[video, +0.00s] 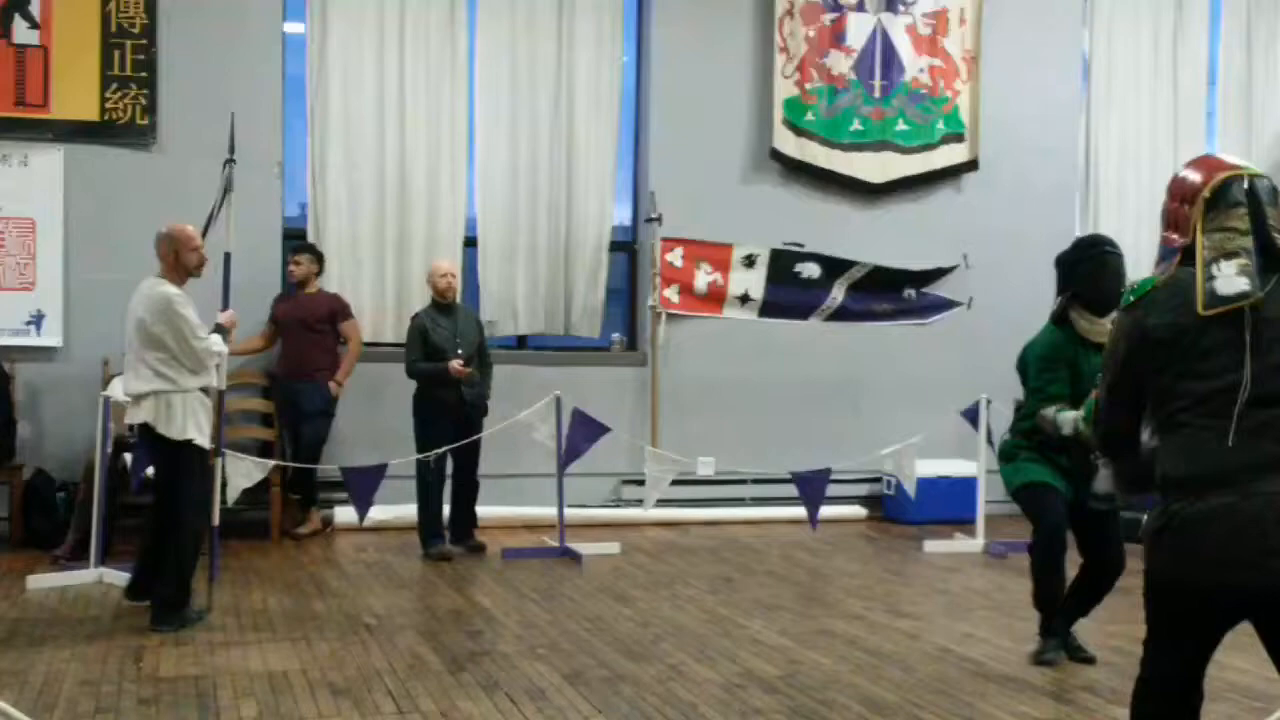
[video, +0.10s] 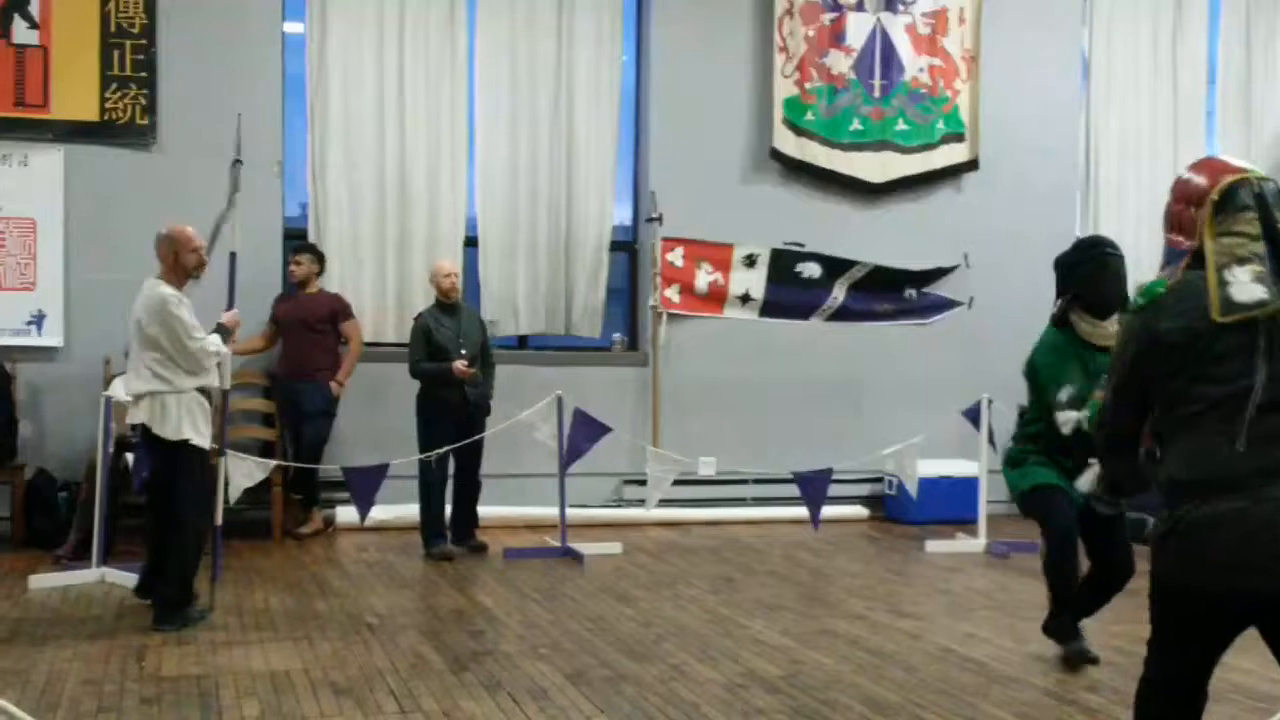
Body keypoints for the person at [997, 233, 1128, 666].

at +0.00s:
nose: (1114, 288)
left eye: (1117, 278)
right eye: (1105, 279)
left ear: (1120, 284)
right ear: (1079, 284)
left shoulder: (1117, 337)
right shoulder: (1049, 346)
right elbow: (1045, 412)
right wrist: (1081, 422)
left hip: (1086, 463)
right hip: (1034, 454)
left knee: (1107, 560)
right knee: (1051, 521)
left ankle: (1061, 626)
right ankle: (1051, 632)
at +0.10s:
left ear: (1121, 298)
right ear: (1075, 299)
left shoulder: (1123, 337)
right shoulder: (1052, 354)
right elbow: (1070, 436)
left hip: (1088, 467)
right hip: (1037, 461)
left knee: (1117, 565)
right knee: (1062, 524)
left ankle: (1062, 618)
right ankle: (1068, 630)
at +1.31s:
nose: (890, 279)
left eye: (899, 268)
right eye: (882, 268)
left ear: (911, 270)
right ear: (863, 268)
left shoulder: (929, 334)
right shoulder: (843, 337)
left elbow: (954, 391)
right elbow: (827, 407)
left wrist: (927, 417)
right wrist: (874, 420)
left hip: (920, 497)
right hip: (859, 496)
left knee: (937, 605)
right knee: (874, 618)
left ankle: (861, 669)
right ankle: (874, 705)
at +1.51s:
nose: (828, 267)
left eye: (832, 256)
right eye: (822, 256)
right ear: (833, 263)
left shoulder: (873, 325)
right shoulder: (783, 329)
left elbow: (881, 384)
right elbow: (779, 385)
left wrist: (850, 421)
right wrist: (808, 425)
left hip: (845, 484)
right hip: (778, 477)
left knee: (863, 590)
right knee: (736, 577)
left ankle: (836, 693)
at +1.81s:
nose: (708, 270)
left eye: (715, 260)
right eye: (698, 261)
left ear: (727, 259)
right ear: (679, 261)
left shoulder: (739, 318)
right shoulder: (655, 329)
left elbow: (757, 386)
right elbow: (665, 406)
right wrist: (709, 448)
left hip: (711, 457)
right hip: (656, 456)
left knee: (729, 554)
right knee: (651, 565)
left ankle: (675, 599)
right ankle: (654, 661)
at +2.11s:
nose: (668, 303)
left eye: (675, 291)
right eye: (660, 293)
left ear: (687, 292)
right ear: (641, 290)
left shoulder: (694, 340)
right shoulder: (616, 350)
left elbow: (703, 401)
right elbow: (620, 420)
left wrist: (693, 441)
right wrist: (667, 446)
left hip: (657, 460)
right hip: (616, 457)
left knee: (611, 537)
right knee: (634, 535)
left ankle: (582, 611)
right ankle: (636, 619)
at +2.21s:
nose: (675, 295)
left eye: (680, 285)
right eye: (668, 284)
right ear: (645, 287)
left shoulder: (679, 340)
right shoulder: (610, 349)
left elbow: (685, 401)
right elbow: (617, 420)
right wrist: (660, 439)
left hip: (651, 458)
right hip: (608, 456)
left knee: (608, 534)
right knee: (626, 531)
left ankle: (581, 613)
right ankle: (626, 619)